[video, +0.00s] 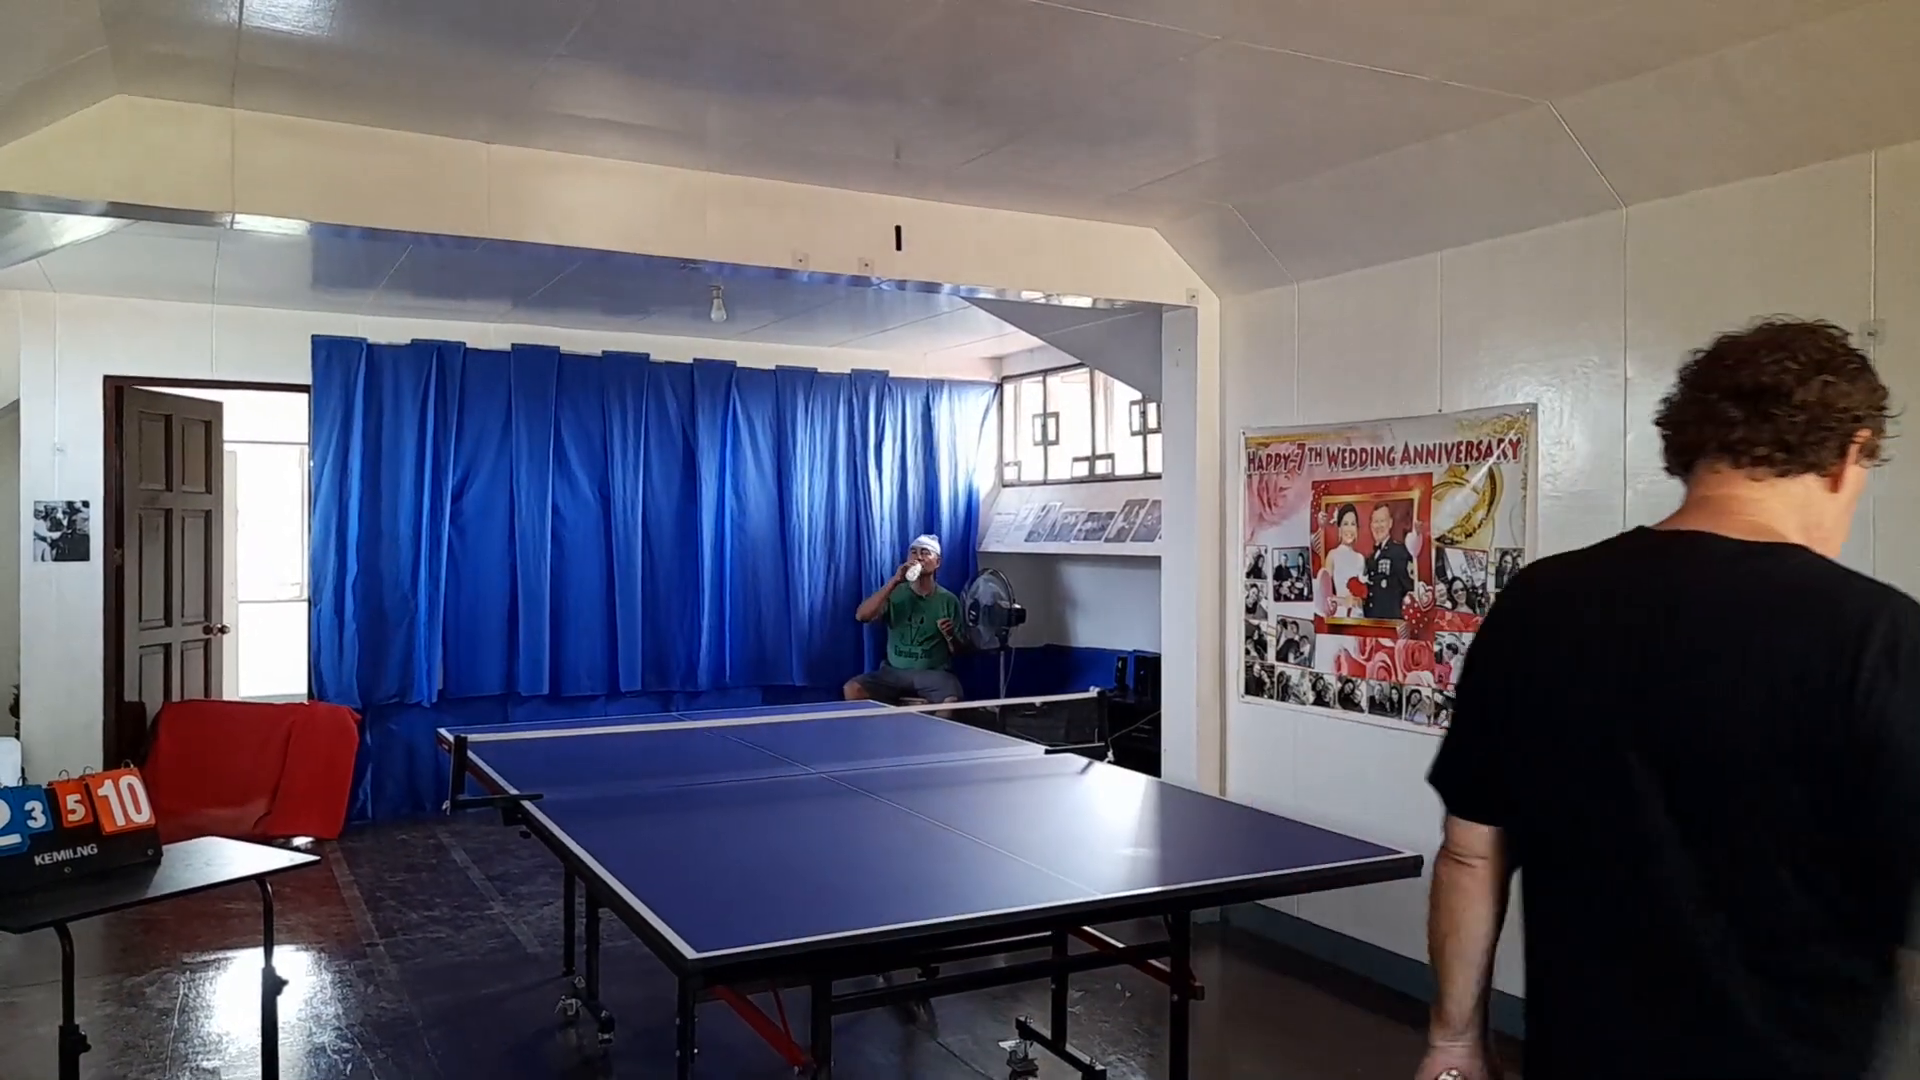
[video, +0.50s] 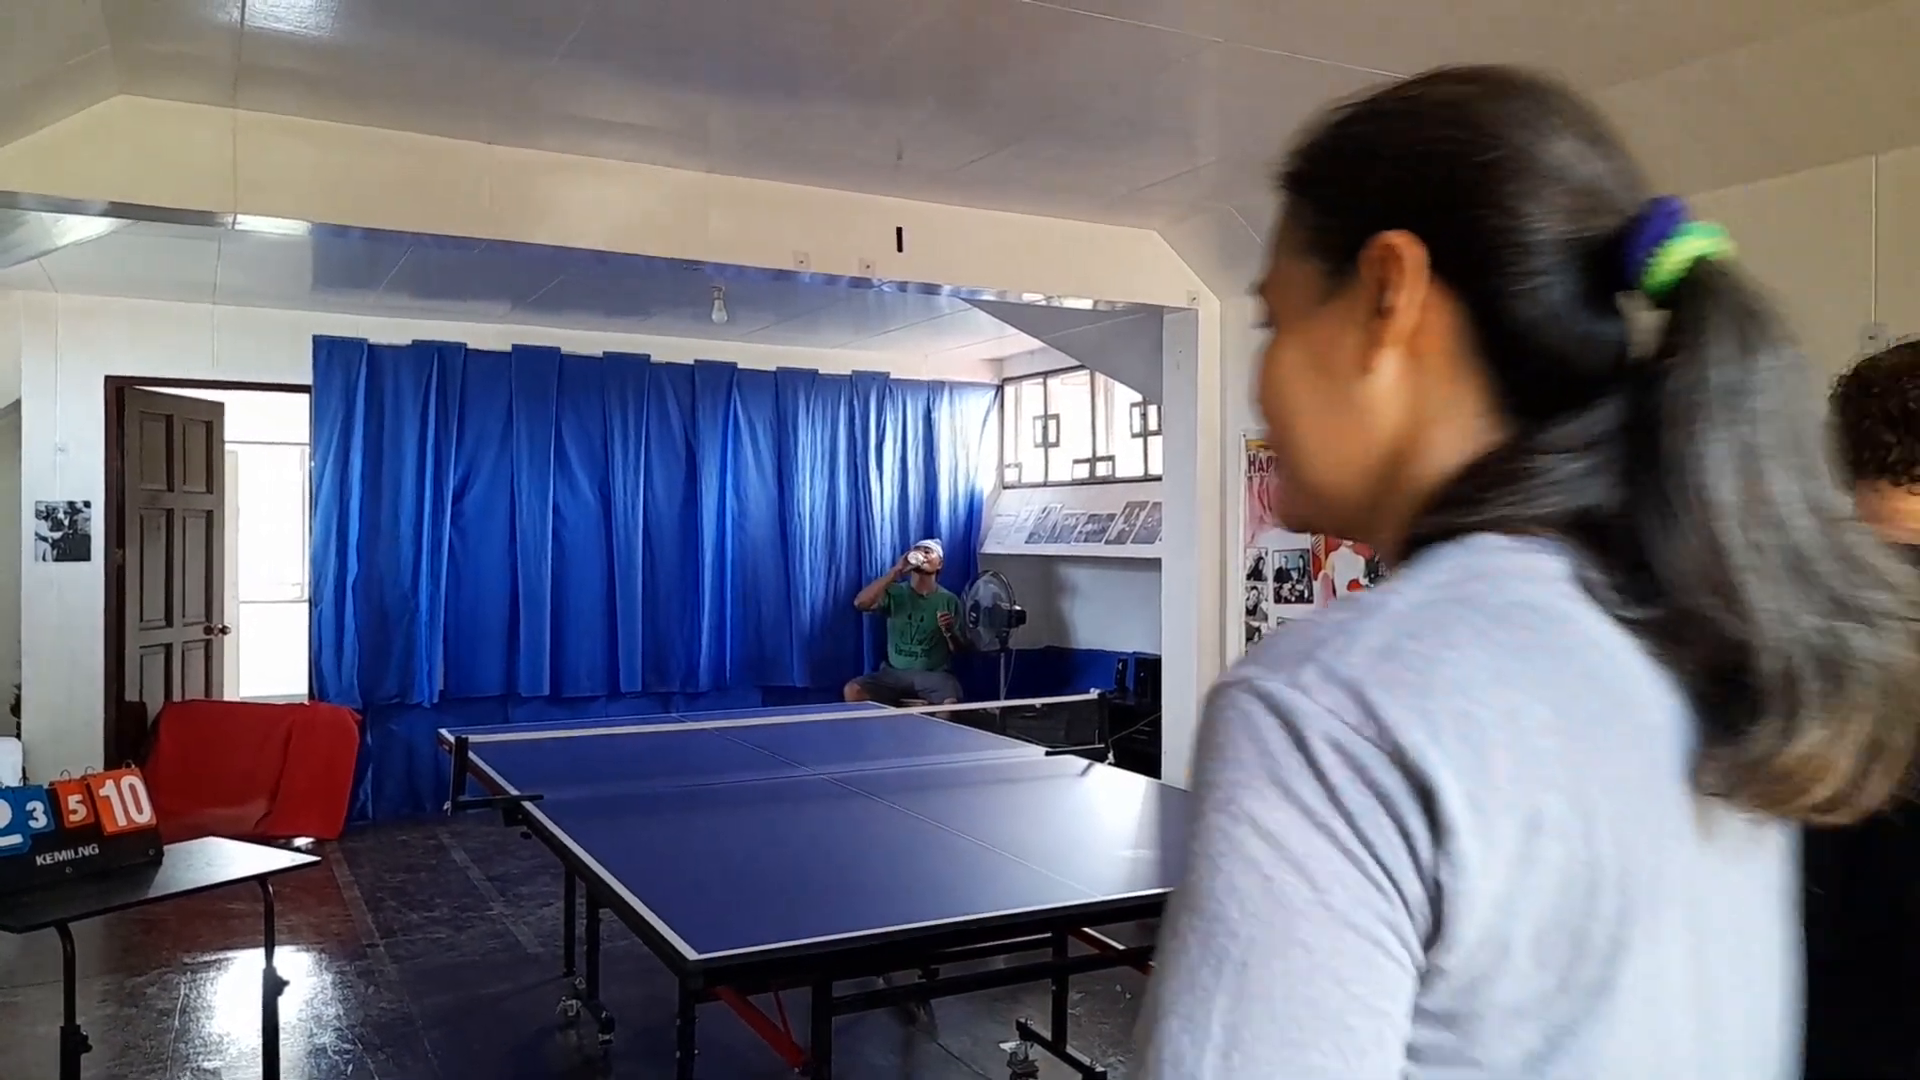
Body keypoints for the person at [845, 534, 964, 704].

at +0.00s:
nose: (919, 557)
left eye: (926, 553)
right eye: (914, 552)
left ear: (937, 562)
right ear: (908, 558)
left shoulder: (949, 601)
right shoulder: (894, 594)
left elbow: (958, 650)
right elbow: (862, 615)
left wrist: (950, 636)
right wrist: (895, 581)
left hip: (932, 674)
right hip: (893, 671)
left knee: (951, 702)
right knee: (853, 689)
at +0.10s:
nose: (918, 554)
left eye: (925, 550)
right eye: (913, 550)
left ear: (937, 560)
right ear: (907, 556)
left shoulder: (947, 598)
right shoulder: (892, 590)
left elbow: (957, 648)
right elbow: (860, 609)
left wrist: (949, 634)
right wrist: (893, 576)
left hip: (931, 672)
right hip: (892, 670)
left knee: (949, 700)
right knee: (851, 687)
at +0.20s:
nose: (920, 554)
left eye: (927, 550)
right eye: (915, 549)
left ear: (938, 561)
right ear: (908, 556)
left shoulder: (949, 599)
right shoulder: (893, 591)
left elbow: (958, 649)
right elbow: (861, 607)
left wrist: (950, 634)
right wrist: (895, 574)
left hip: (933, 673)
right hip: (893, 670)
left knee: (950, 701)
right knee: (852, 688)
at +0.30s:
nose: (920, 553)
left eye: (927, 549)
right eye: (915, 548)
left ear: (938, 561)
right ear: (908, 556)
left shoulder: (948, 598)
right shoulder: (892, 590)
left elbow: (958, 648)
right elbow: (860, 604)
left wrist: (949, 632)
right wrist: (895, 572)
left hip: (932, 672)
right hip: (893, 670)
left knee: (950, 701)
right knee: (852, 688)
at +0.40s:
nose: (921, 554)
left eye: (928, 550)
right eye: (917, 549)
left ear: (938, 562)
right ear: (909, 556)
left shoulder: (948, 599)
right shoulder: (892, 590)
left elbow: (959, 648)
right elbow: (860, 602)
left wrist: (949, 632)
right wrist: (895, 571)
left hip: (932, 673)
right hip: (892, 671)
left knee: (950, 702)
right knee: (852, 689)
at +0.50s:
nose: (923, 555)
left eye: (930, 552)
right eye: (919, 551)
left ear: (940, 564)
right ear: (910, 558)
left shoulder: (949, 601)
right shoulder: (894, 592)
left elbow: (959, 649)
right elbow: (861, 603)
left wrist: (950, 633)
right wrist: (896, 571)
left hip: (933, 675)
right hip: (893, 673)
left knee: (950, 704)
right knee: (853, 691)